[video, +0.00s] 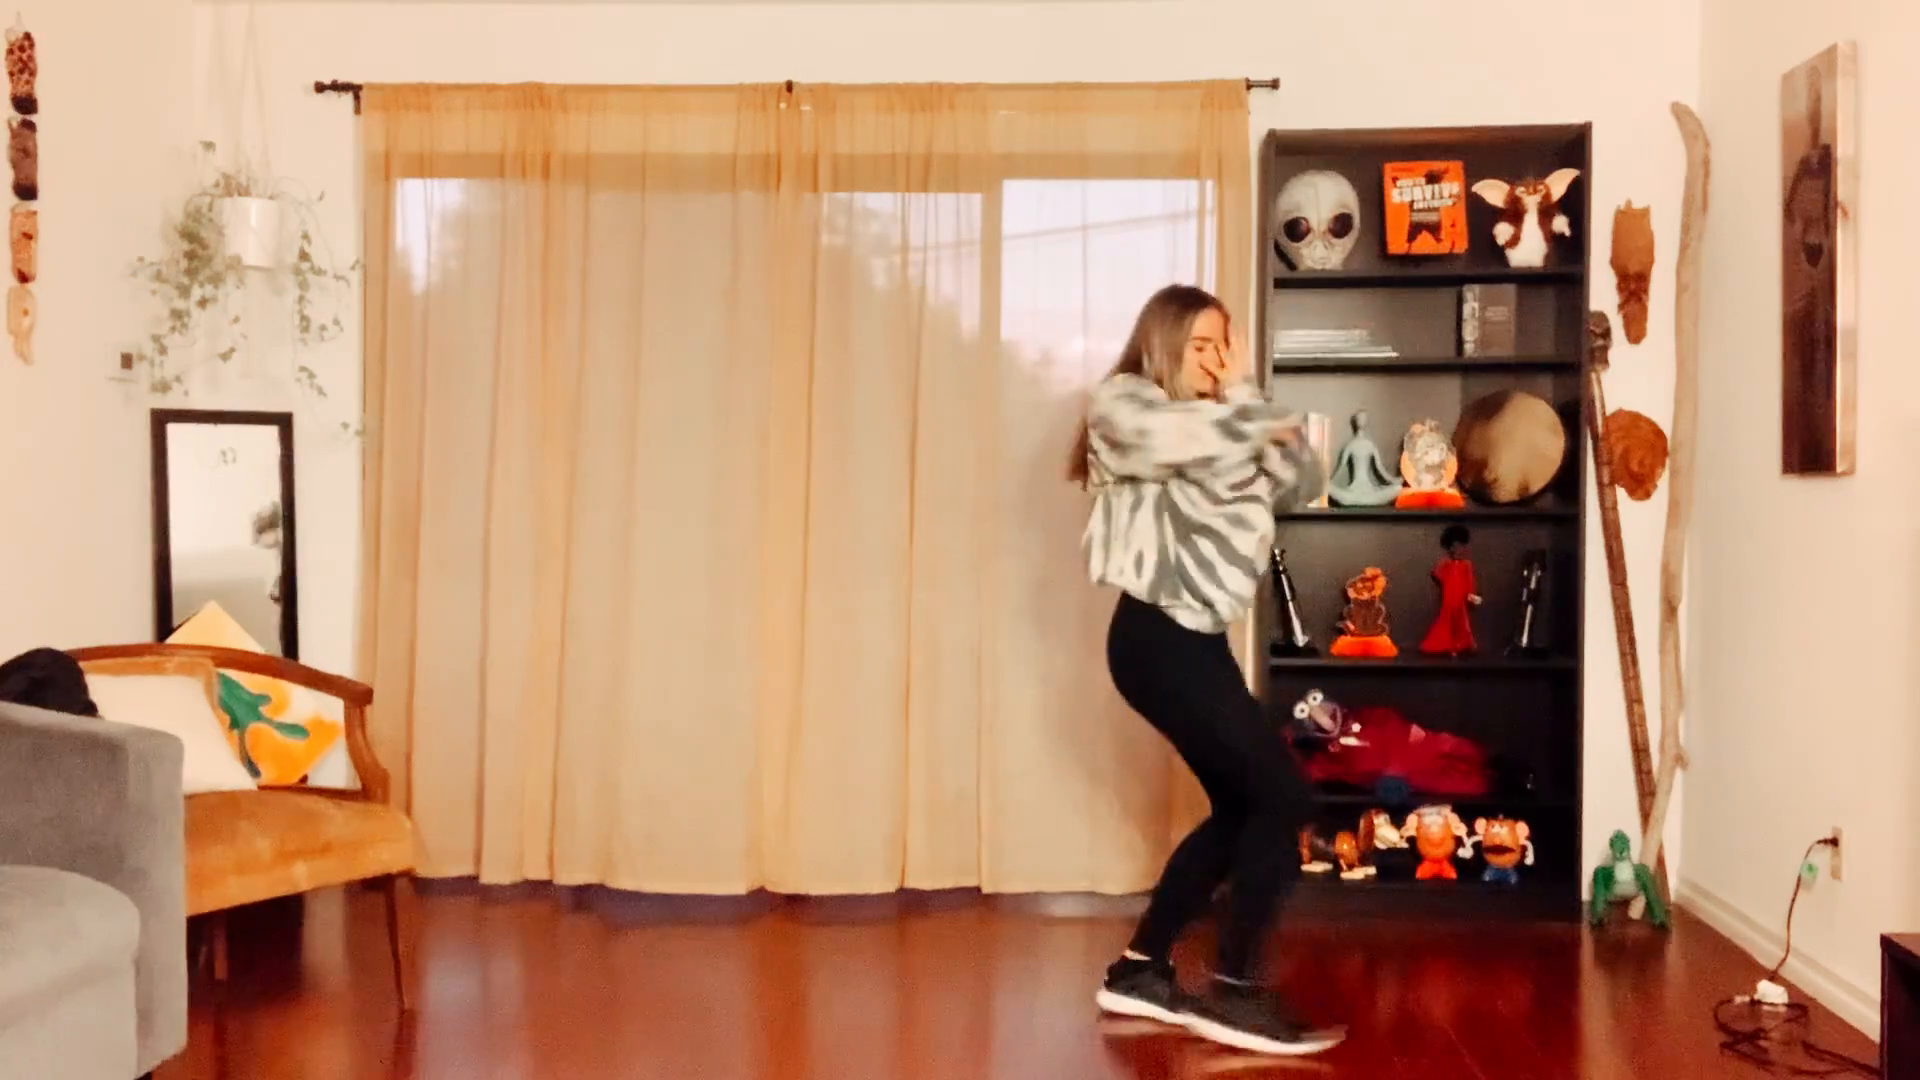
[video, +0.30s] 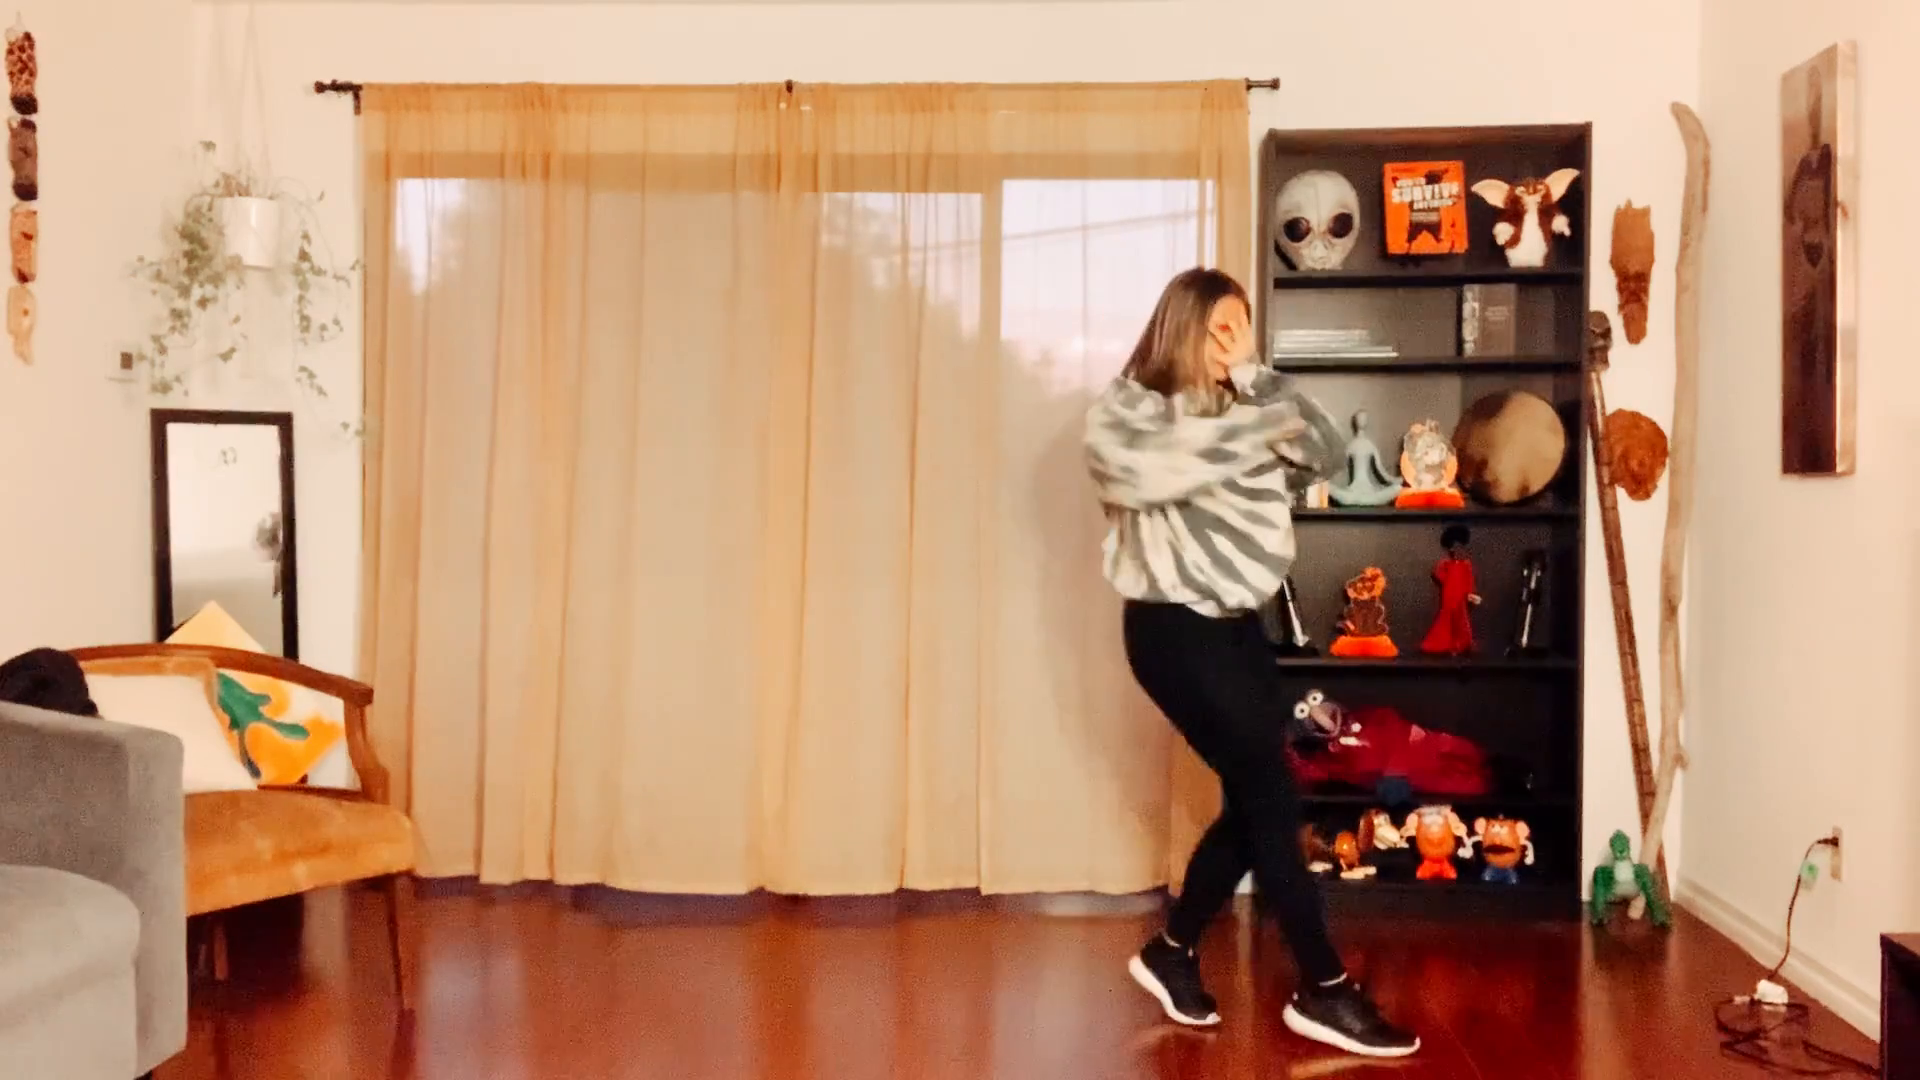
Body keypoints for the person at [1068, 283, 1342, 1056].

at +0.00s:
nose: (1220, 361)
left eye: (1225, 348)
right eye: (1205, 346)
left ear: (1225, 356)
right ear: (1161, 346)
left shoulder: (1217, 419)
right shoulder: (1122, 406)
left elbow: (1278, 490)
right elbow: (1180, 437)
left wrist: (1296, 453)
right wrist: (1251, 411)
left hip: (1197, 639)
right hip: (1157, 639)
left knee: (1243, 808)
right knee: (1278, 798)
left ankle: (1141, 967)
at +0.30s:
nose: (1234, 348)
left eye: (1241, 335)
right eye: (1220, 332)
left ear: (1246, 342)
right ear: (1182, 329)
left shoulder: (1248, 411)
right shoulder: (1128, 405)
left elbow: (1330, 445)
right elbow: (1133, 474)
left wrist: (1267, 384)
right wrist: (1246, 431)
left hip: (1243, 625)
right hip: (1171, 627)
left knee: (1254, 799)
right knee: (1269, 791)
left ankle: (1171, 951)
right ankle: (1324, 987)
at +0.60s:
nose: (1252, 316)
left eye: (1250, 302)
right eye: (1241, 300)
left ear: (1189, 303)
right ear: (1206, 302)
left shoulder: (1206, 378)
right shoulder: (1159, 367)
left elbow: (1281, 429)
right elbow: (1285, 405)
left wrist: (1257, 350)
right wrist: (1339, 376)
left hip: (1156, 603)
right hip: (1097, 595)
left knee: (1187, 784)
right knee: (1115, 788)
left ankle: (1151, 960)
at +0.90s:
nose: (1203, 444)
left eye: (1207, 431)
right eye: (1191, 428)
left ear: (1199, 440)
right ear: (1151, 432)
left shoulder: (1189, 511)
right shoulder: (1104, 477)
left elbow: (1225, 587)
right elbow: (1205, 540)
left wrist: (1235, 516)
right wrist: (1242, 497)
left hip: (1097, 701)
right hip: (1009, 679)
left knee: (1220, 805)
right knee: (891, 833)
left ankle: (1151, 969)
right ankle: (823, 966)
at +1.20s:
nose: (1088, 484)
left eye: (1101, 489)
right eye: (1084, 469)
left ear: (1096, 518)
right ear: (1055, 465)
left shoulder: (1059, 564)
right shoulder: (978, 479)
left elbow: (996, 572)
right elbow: (934, 445)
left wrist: (1049, 519)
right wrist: (1039, 481)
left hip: (992, 710)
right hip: (897, 700)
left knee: (1123, 817)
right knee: (782, 825)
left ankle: (1144, 972)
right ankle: (818, 965)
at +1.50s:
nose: (914, 345)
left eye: (936, 341)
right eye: (912, 331)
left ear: (956, 368)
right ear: (895, 332)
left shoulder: (944, 443)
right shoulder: (852, 394)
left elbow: (910, 478)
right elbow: (780, 411)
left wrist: (894, 410)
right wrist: (878, 384)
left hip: (938, 624)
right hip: (855, 623)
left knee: (924, 796)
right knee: (799, 788)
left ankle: (979, 934)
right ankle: (821, 962)